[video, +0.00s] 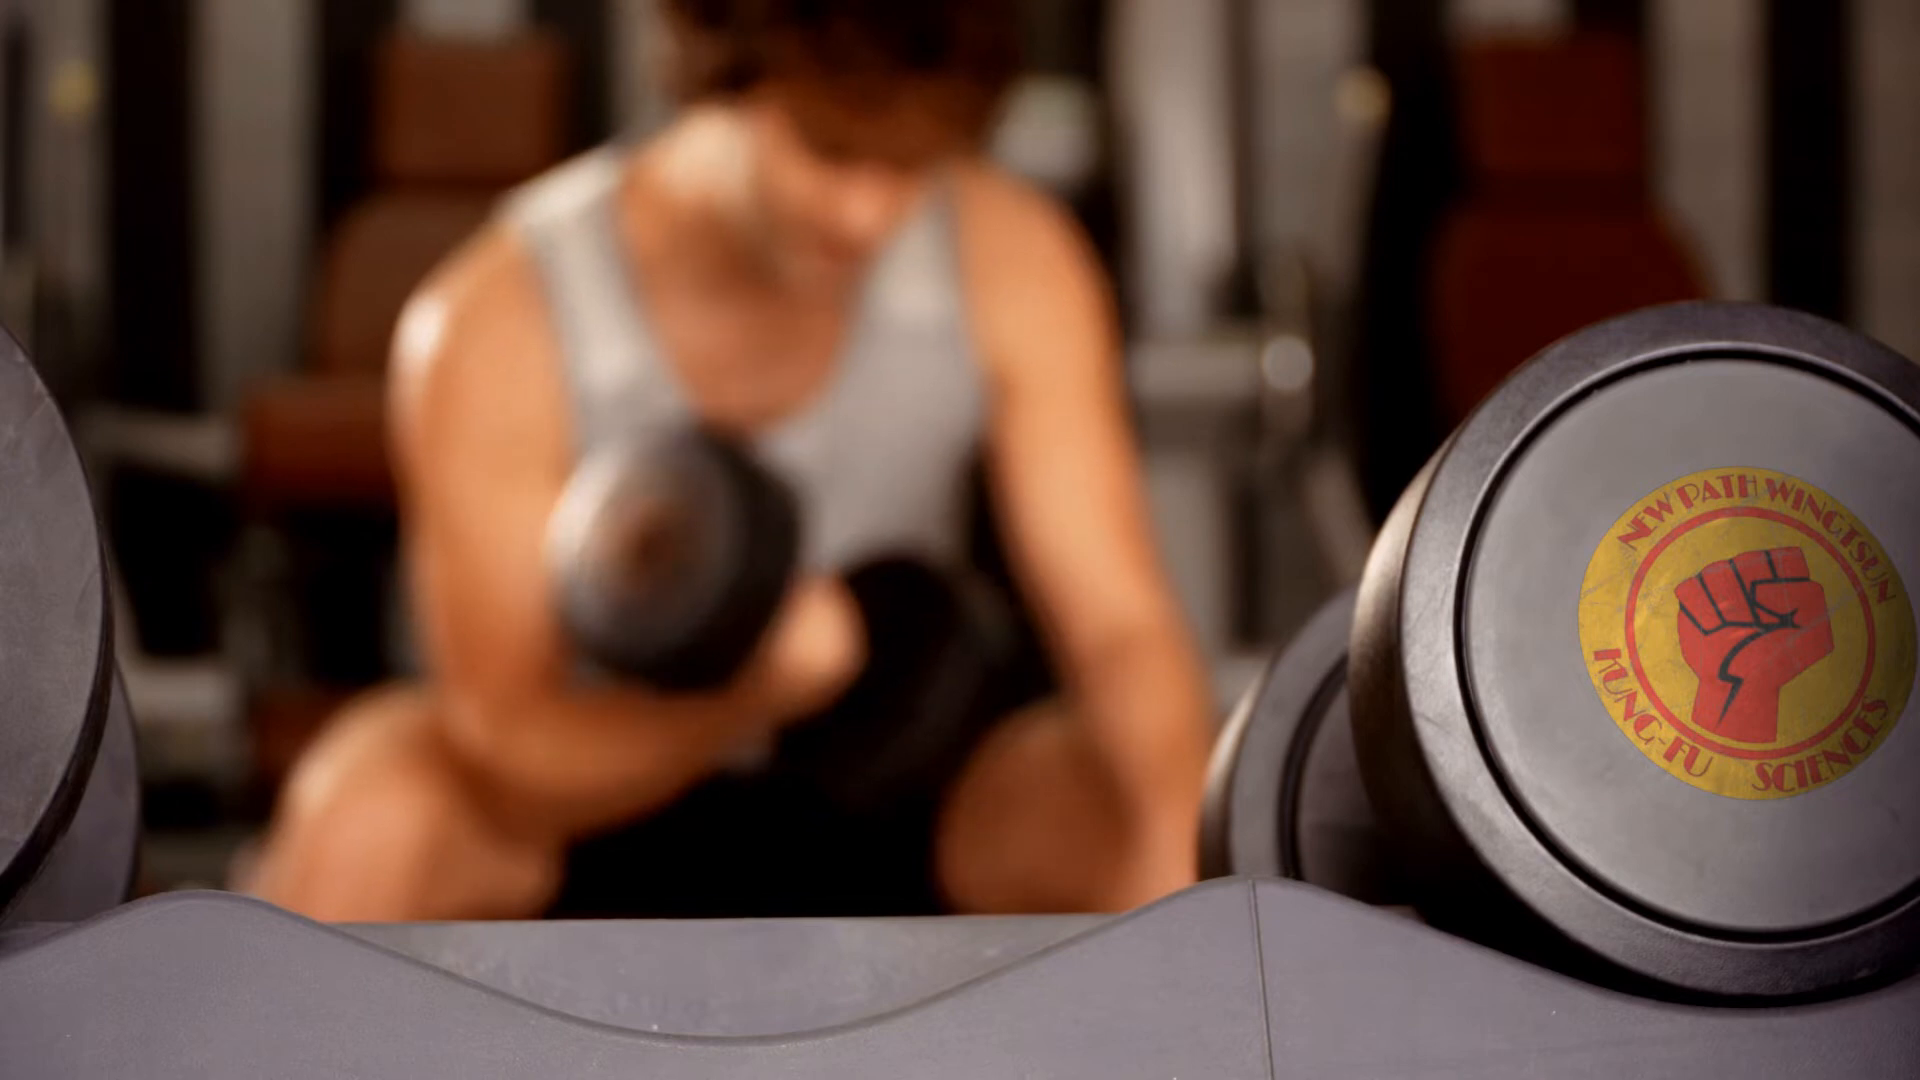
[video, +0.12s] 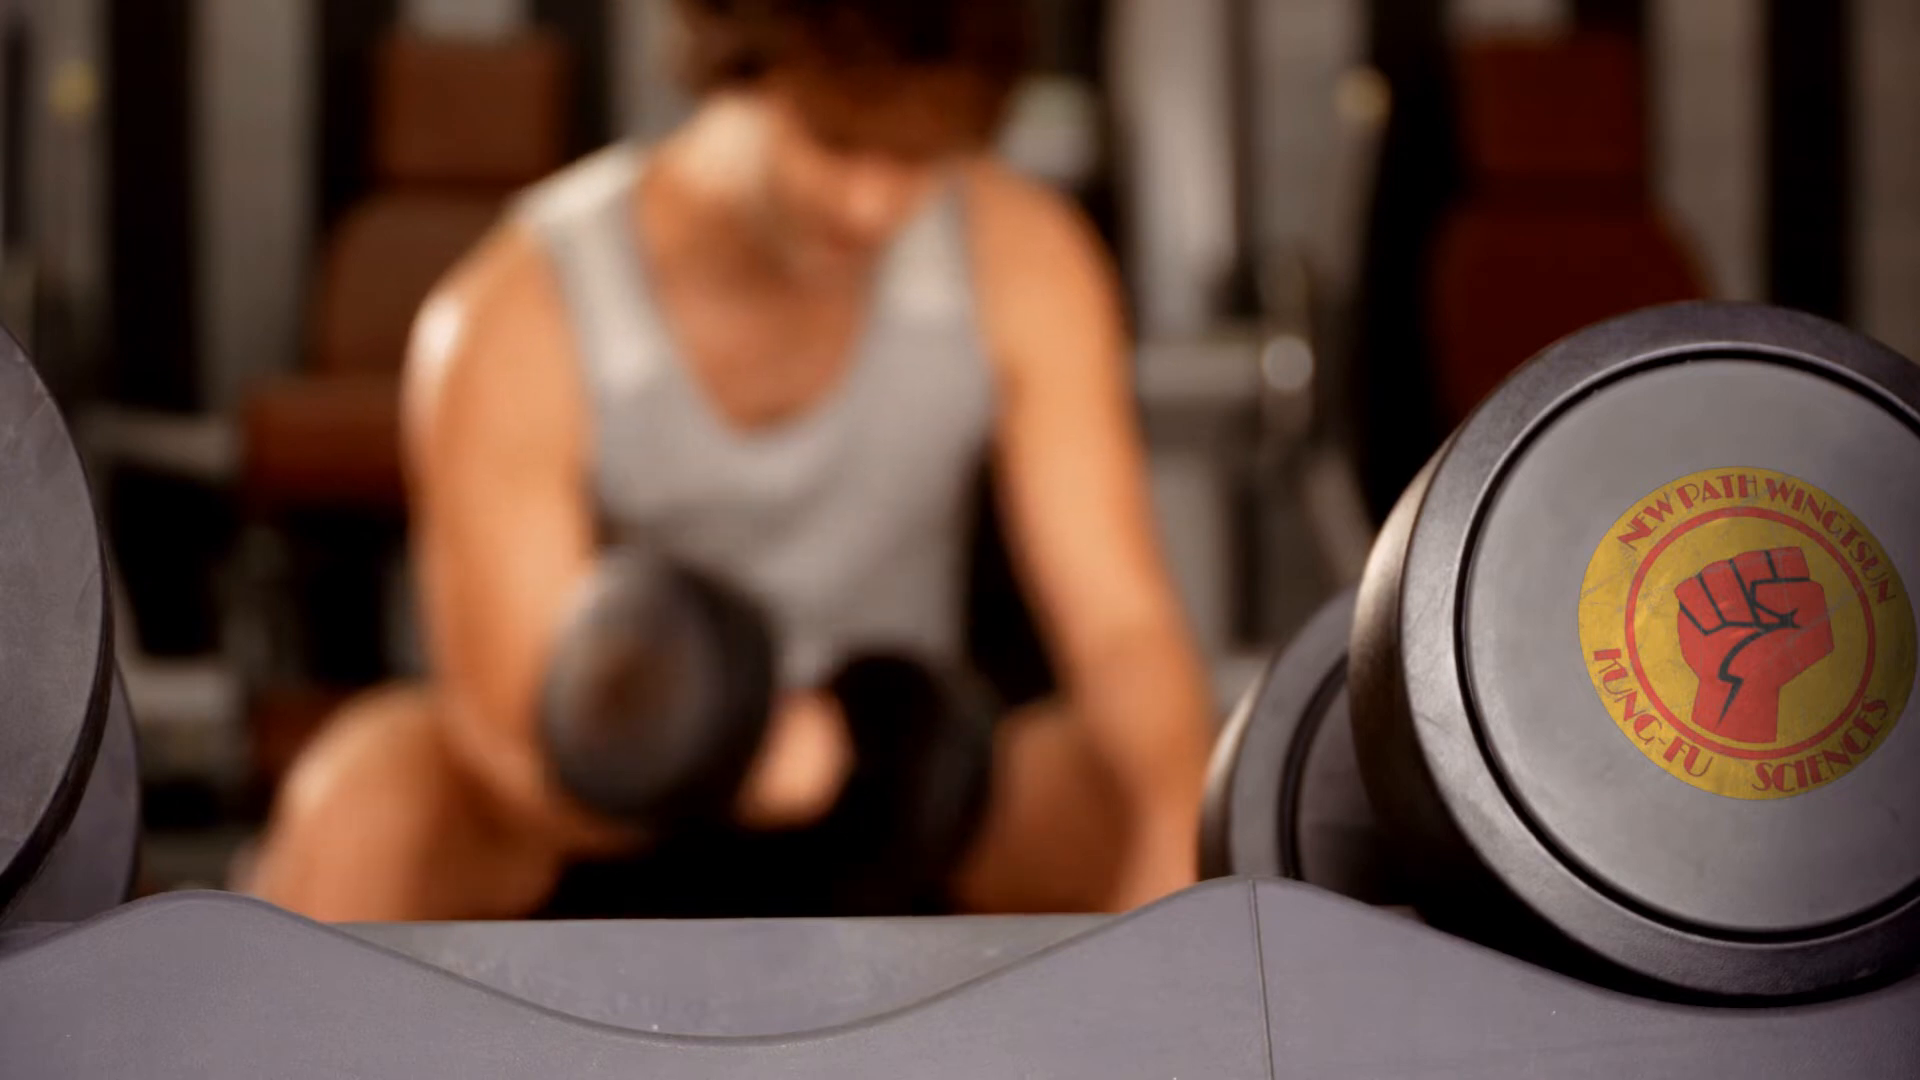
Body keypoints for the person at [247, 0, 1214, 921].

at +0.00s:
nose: (866, 214)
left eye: (913, 165)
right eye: (830, 152)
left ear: (963, 131)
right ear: (729, 79)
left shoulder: (1007, 251)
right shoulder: (494, 319)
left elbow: (1121, 630)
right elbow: (512, 748)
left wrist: (1181, 880)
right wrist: (749, 695)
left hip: (896, 782)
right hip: (600, 793)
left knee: (1165, 811)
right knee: (368, 807)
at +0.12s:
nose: (871, 205)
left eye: (919, 156)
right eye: (837, 145)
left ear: (973, 122)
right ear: (739, 70)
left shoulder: (1016, 249)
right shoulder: (513, 316)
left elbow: (1122, 628)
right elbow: (528, 754)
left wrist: (1172, 862)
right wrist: (840, 750)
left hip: (888, 806)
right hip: (610, 813)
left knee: (1189, 786)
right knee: (368, 783)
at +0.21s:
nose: (875, 205)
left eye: (924, 158)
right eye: (842, 145)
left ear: (981, 123)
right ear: (748, 68)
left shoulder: (1024, 253)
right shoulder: (526, 319)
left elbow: (1125, 635)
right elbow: (519, 741)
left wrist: (1167, 863)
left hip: (907, 792)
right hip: (628, 791)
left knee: (1191, 770)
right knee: (362, 789)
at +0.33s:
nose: (875, 204)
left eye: (925, 159)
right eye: (843, 144)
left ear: (989, 126)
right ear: (754, 71)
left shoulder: (1035, 255)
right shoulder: (542, 324)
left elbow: (1123, 633)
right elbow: (516, 756)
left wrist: (1161, 857)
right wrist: (640, 968)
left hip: (902, 780)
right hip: (618, 788)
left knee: (1187, 803)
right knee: (357, 796)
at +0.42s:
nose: (880, 211)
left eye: (930, 166)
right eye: (847, 149)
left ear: (994, 135)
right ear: (755, 74)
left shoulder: (1037, 256)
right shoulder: (550, 332)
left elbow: (1126, 639)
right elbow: (518, 788)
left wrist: (1157, 862)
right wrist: (653, 1042)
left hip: (900, 789)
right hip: (620, 798)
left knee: (1182, 797)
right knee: (360, 794)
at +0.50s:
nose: (883, 220)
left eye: (933, 174)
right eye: (847, 158)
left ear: (996, 144)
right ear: (755, 81)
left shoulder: (1039, 258)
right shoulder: (559, 335)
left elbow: (1126, 637)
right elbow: (520, 797)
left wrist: (1159, 863)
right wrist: (627, 1051)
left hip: (902, 786)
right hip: (623, 796)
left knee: (1179, 803)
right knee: (361, 796)